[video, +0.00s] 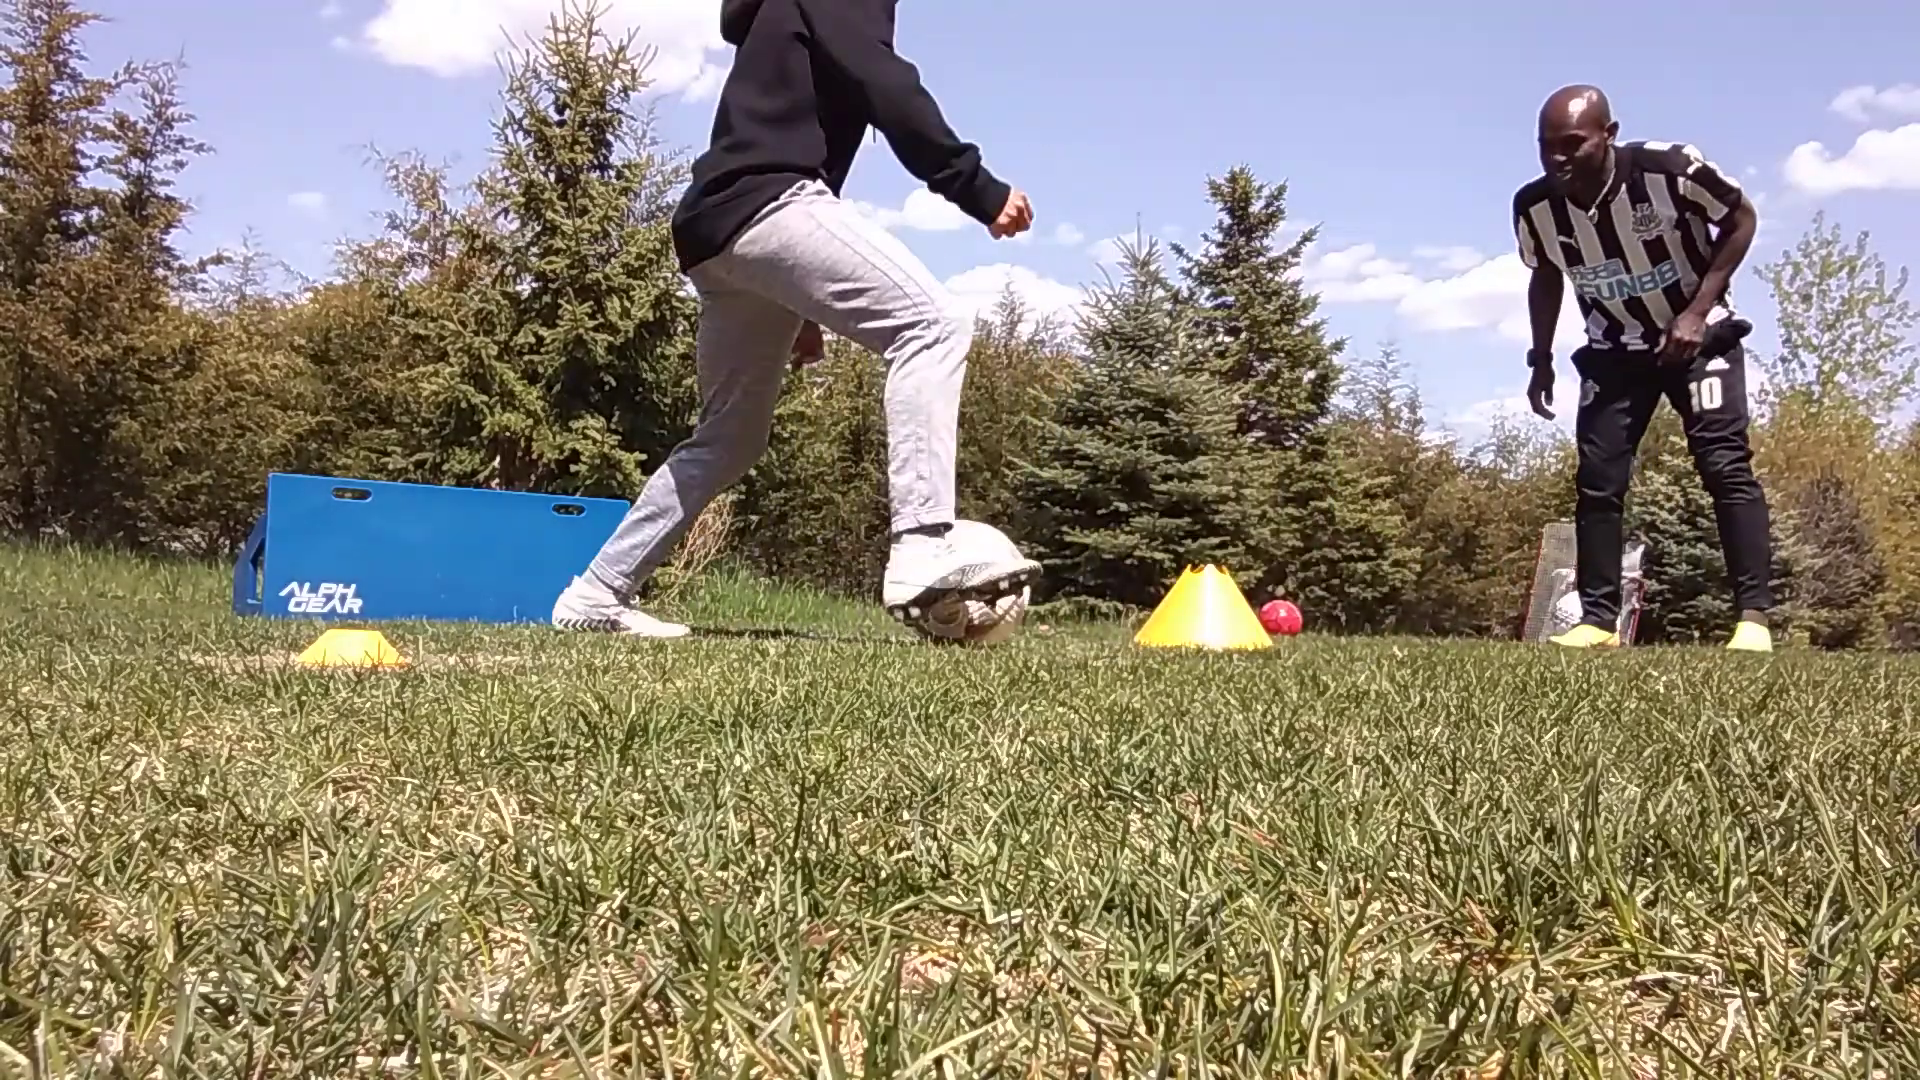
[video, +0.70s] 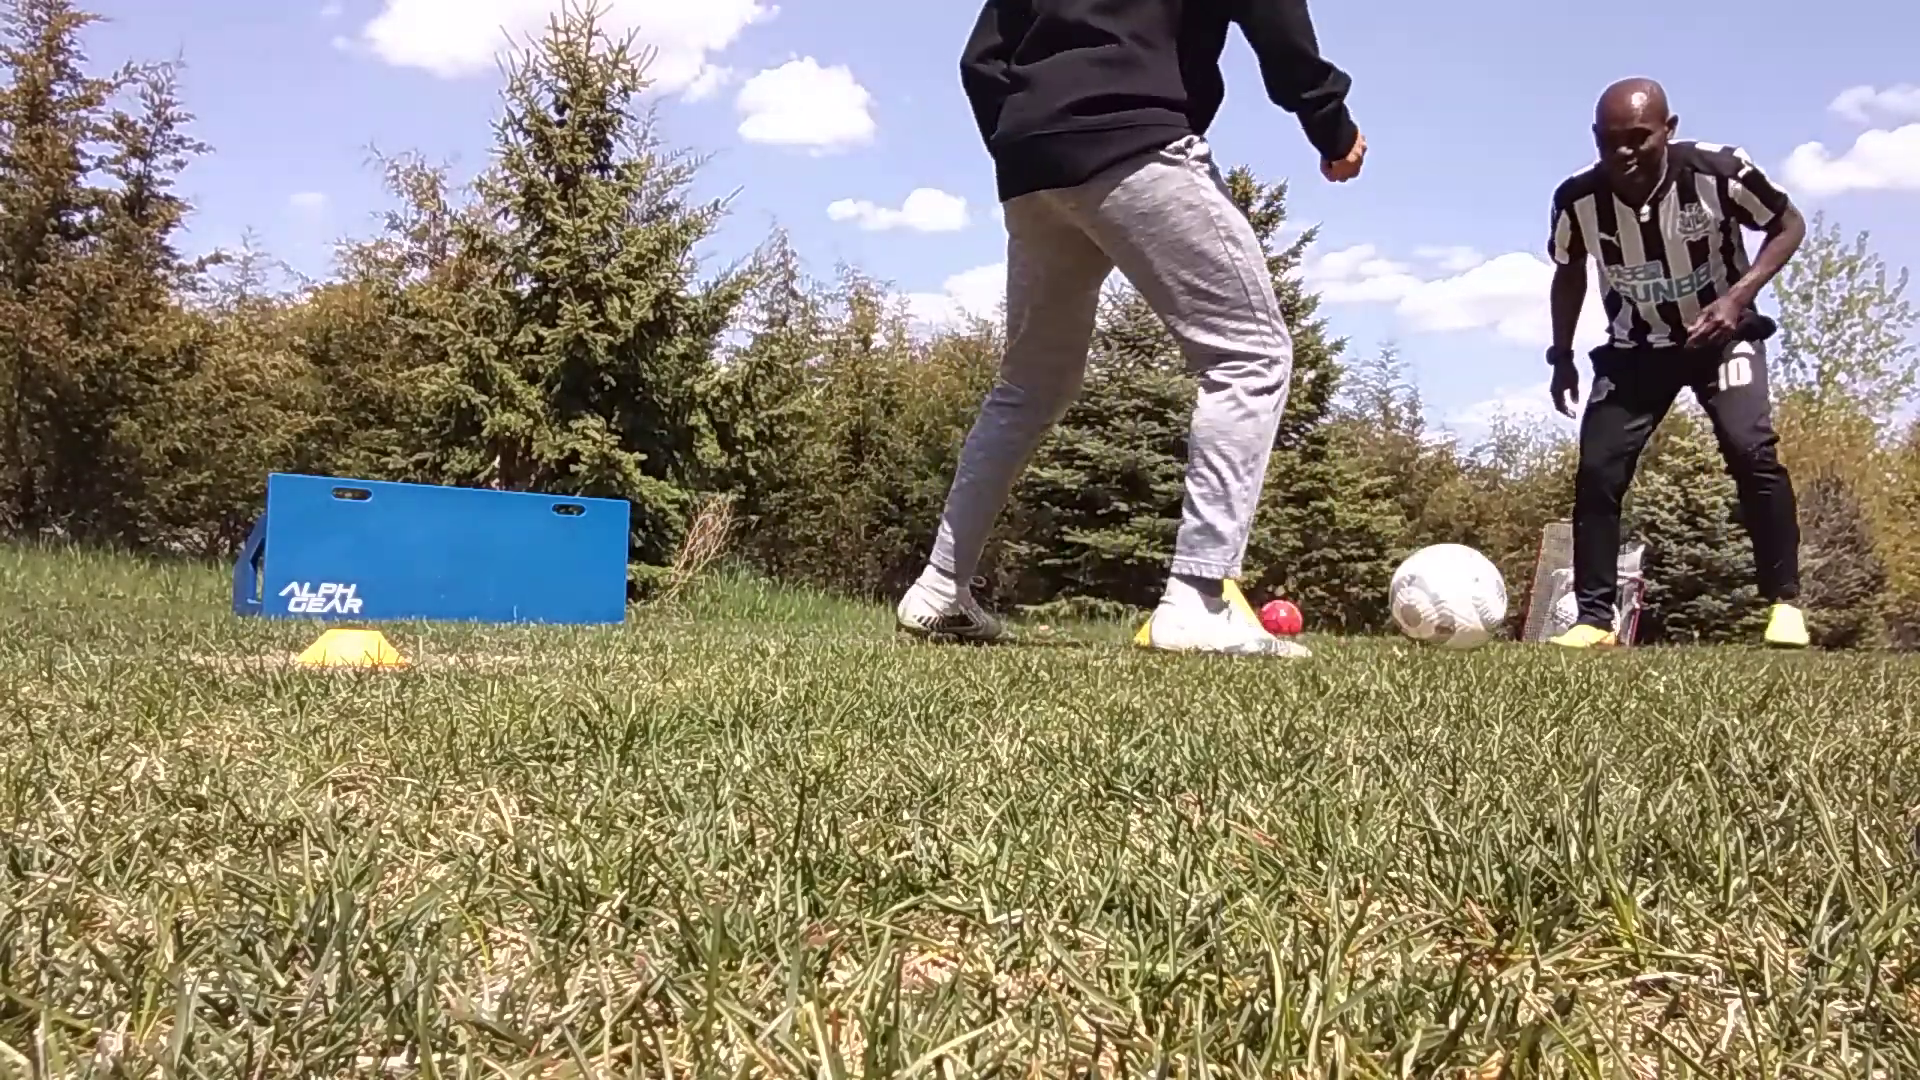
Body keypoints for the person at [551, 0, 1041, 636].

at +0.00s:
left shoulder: (783, 22)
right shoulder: (843, 8)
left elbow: (787, 160)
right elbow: (887, 83)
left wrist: (797, 305)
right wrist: (980, 188)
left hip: (716, 225)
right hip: (767, 200)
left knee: (727, 440)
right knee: (930, 329)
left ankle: (597, 595)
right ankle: (926, 543)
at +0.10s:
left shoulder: (797, 11)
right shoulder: (870, 4)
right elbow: (881, 80)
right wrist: (971, 178)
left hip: (748, 204)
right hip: (799, 193)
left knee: (732, 426)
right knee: (934, 356)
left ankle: (601, 589)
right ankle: (904, 593)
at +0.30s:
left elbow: (807, 46)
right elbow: (1041, 3)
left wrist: (821, 144)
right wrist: (1122, 73)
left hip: (818, 129)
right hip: (895, 105)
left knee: (894, 356)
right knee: (977, 324)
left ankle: (844, 573)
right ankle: (916, 546)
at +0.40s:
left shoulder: (903, 4)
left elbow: (843, 73)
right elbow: (1097, 53)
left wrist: (867, 180)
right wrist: (1183, 143)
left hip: (871, 170)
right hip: (936, 146)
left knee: (962, 397)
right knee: (1072, 317)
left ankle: (916, 600)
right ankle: (991, 534)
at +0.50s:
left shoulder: (962, 16)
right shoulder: (1047, 1)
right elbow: (1107, 63)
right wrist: (1204, 184)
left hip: (935, 193)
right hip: (976, 177)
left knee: (1016, 415)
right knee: (1137, 330)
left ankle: (923, 599)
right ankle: (1121, 574)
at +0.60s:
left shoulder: (991, 17)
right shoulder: (1119, 3)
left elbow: (945, 103)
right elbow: (1169, 38)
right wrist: (1258, 151)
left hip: (968, 183)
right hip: (1044, 162)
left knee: (1015, 401)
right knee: (1216, 339)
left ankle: (922, 598)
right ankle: (1184, 584)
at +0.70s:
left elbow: (982, 57)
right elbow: (1283, 41)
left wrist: (1026, 155)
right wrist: (1333, 126)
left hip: (1026, 141)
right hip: (1130, 130)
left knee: (1031, 384)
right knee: (1250, 356)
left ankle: (941, 590)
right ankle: (1197, 601)